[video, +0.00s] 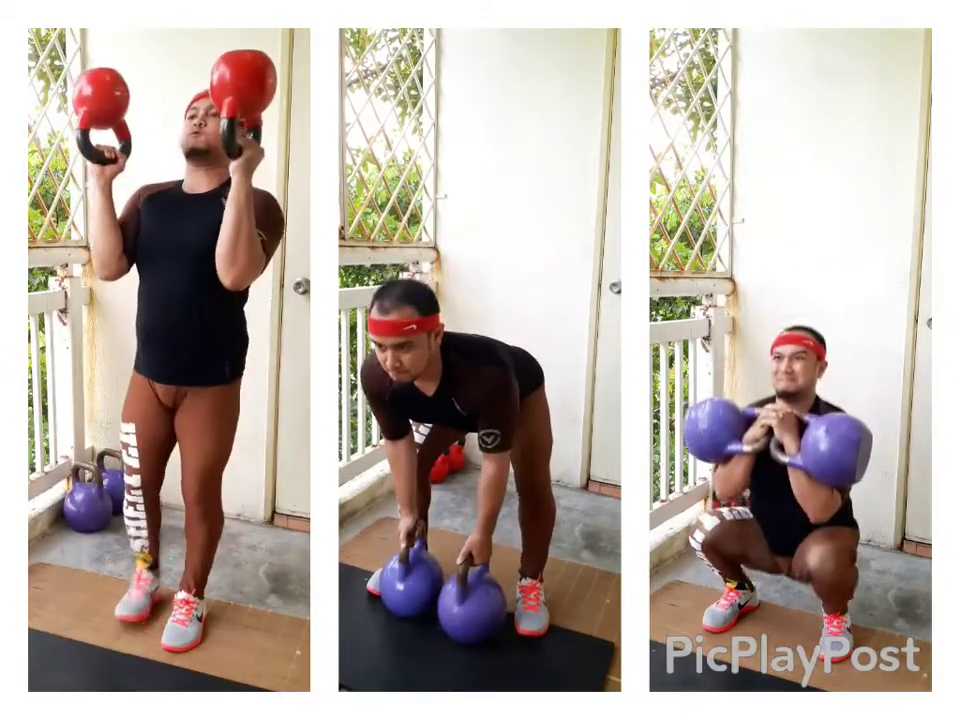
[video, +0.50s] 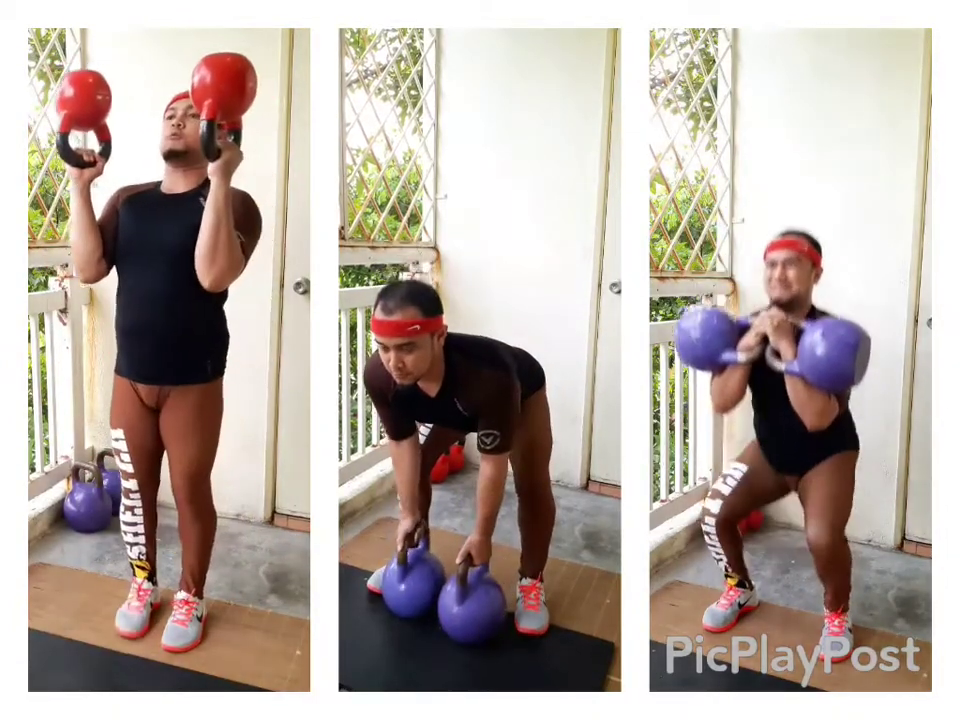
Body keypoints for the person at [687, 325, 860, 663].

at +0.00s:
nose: (786, 367)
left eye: (799, 358)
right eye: (779, 358)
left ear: (821, 367)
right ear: (771, 365)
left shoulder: (834, 424)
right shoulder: (751, 416)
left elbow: (820, 510)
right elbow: (724, 493)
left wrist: (792, 443)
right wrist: (749, 444)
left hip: (819, 540)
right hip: (766, 535)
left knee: (826, 559)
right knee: (713, 538)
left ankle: (835, 618)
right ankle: (740, 591)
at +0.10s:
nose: (783, 359)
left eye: (796, 351)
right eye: (776, 351)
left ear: (818, 361)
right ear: (768, 359)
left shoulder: (832, 417)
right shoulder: (750, 409)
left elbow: (820, 503)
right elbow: (722, 485)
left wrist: (791, 436)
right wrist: (749, 436)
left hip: (821, 531)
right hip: (767, 529)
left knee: (821, 558)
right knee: (710, 533)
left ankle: (834, 618)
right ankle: (740, 591)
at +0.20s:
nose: (780, 343)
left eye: (793, 334)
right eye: (773, 334)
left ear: (816, 344)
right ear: (766, 343)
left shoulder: (832, 400)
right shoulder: (749, 391)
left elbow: (819, 487)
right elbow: (721, 470)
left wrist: (790, 421)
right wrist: (747, 419)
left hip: (825, 510)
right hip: (772, 509)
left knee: (819, 551)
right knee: (720, 534)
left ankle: (835, 617)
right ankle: (740, 590)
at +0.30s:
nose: (777, 322)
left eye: (790, 314)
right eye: (770, 313)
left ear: (814, 322)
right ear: (764, 320)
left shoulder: (830, 376)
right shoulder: (748, 369)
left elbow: (818, 464)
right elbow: (721, 447)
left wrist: (789, 399)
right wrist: (746, 401)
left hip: (829, 485)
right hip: (774, 484)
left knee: (818, 544)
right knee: (721, 525)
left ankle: (836, 618)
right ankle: (740, 590)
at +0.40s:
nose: (777, 299)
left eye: (790, 290)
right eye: (770, 290)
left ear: (814, 298)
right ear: (763, 297)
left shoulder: (829, 354)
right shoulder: (748, 348)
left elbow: (819, 442)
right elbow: (722, 425)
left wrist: (787, 376)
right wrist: (746, 378)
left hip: (830, 465)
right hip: (773, 463)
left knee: (820, 540)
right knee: (721, 520)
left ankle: (836, 616)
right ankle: (740, 589)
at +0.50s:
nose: (779, 273)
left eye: (791, 264)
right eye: (771, 264)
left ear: (815, 274)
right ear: (764, 274)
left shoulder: (830, 332)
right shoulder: (748, 328)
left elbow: (818, 417)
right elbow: (722, 403)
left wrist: (787, 350)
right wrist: (746, 351)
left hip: (828, 451)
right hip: (772, 449)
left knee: (822, 538)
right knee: (717, 513)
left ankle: (837, 614)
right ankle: (740, 587)